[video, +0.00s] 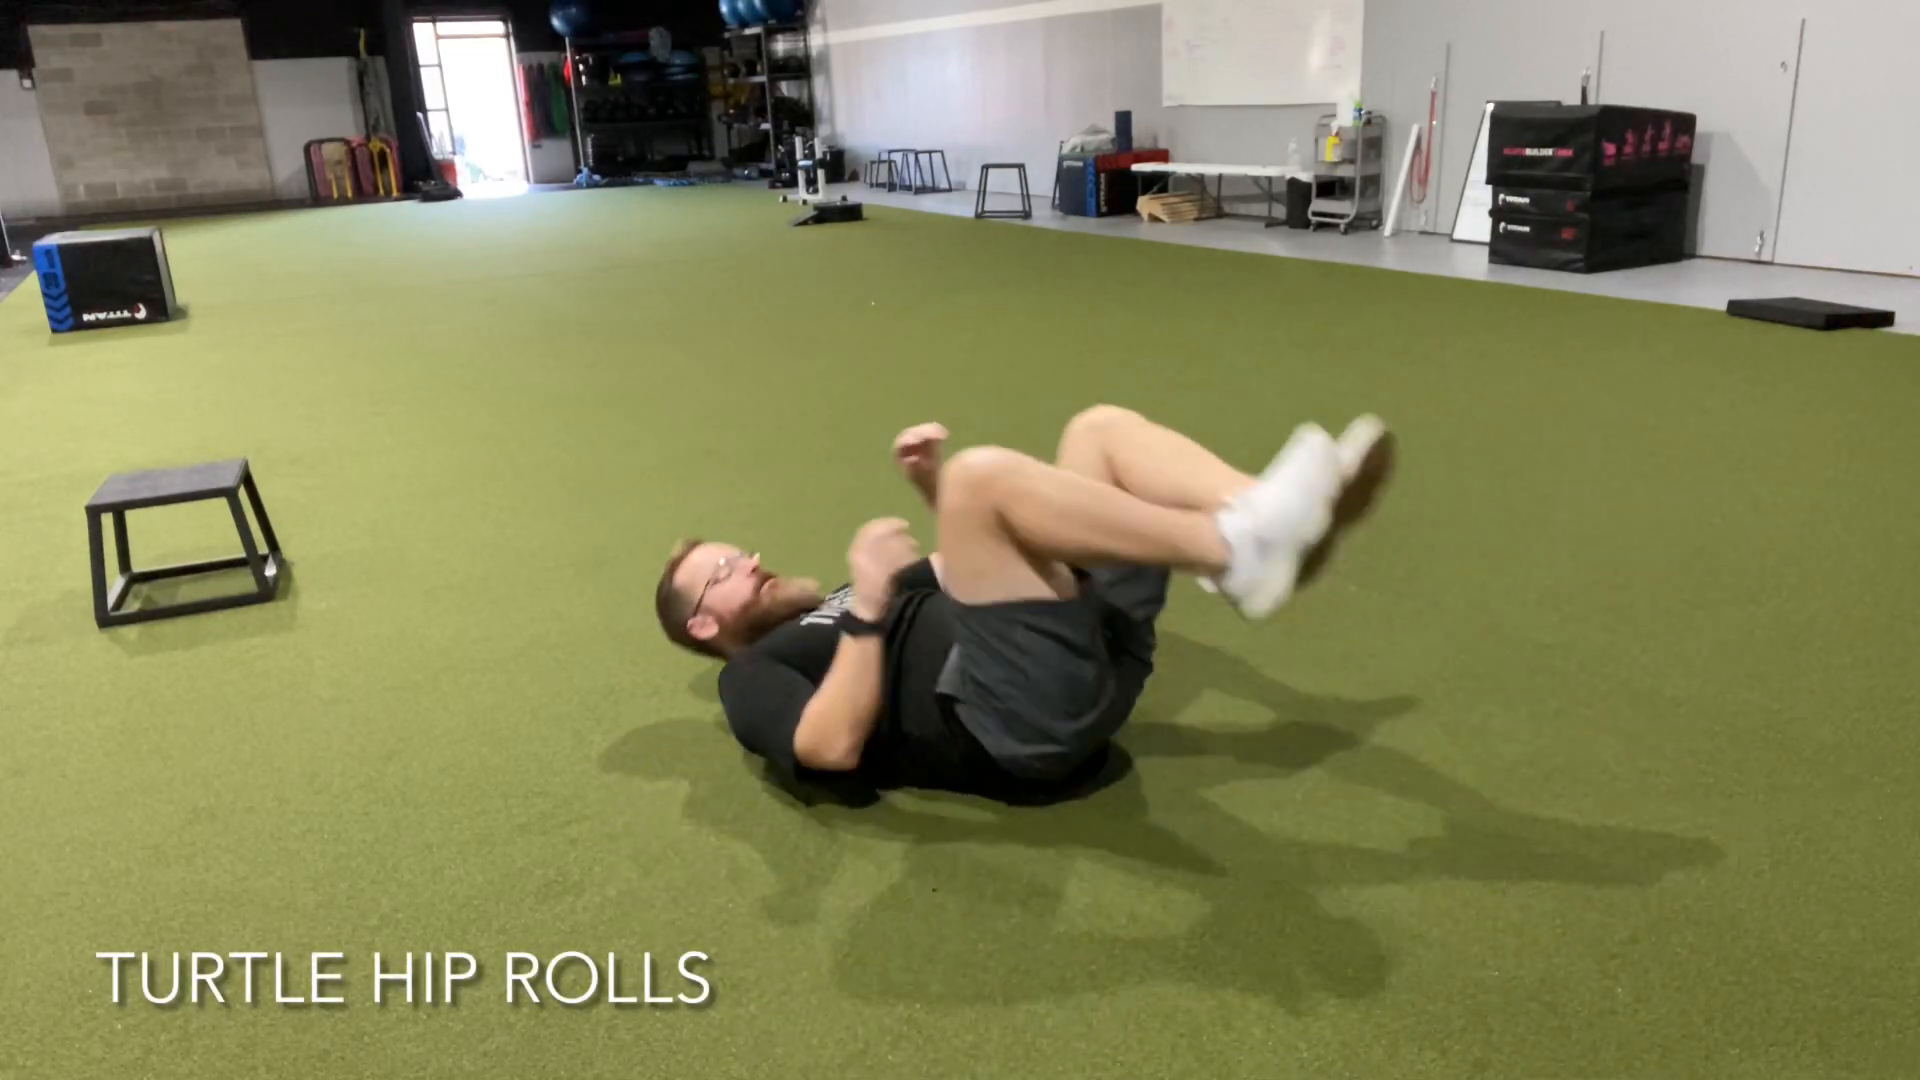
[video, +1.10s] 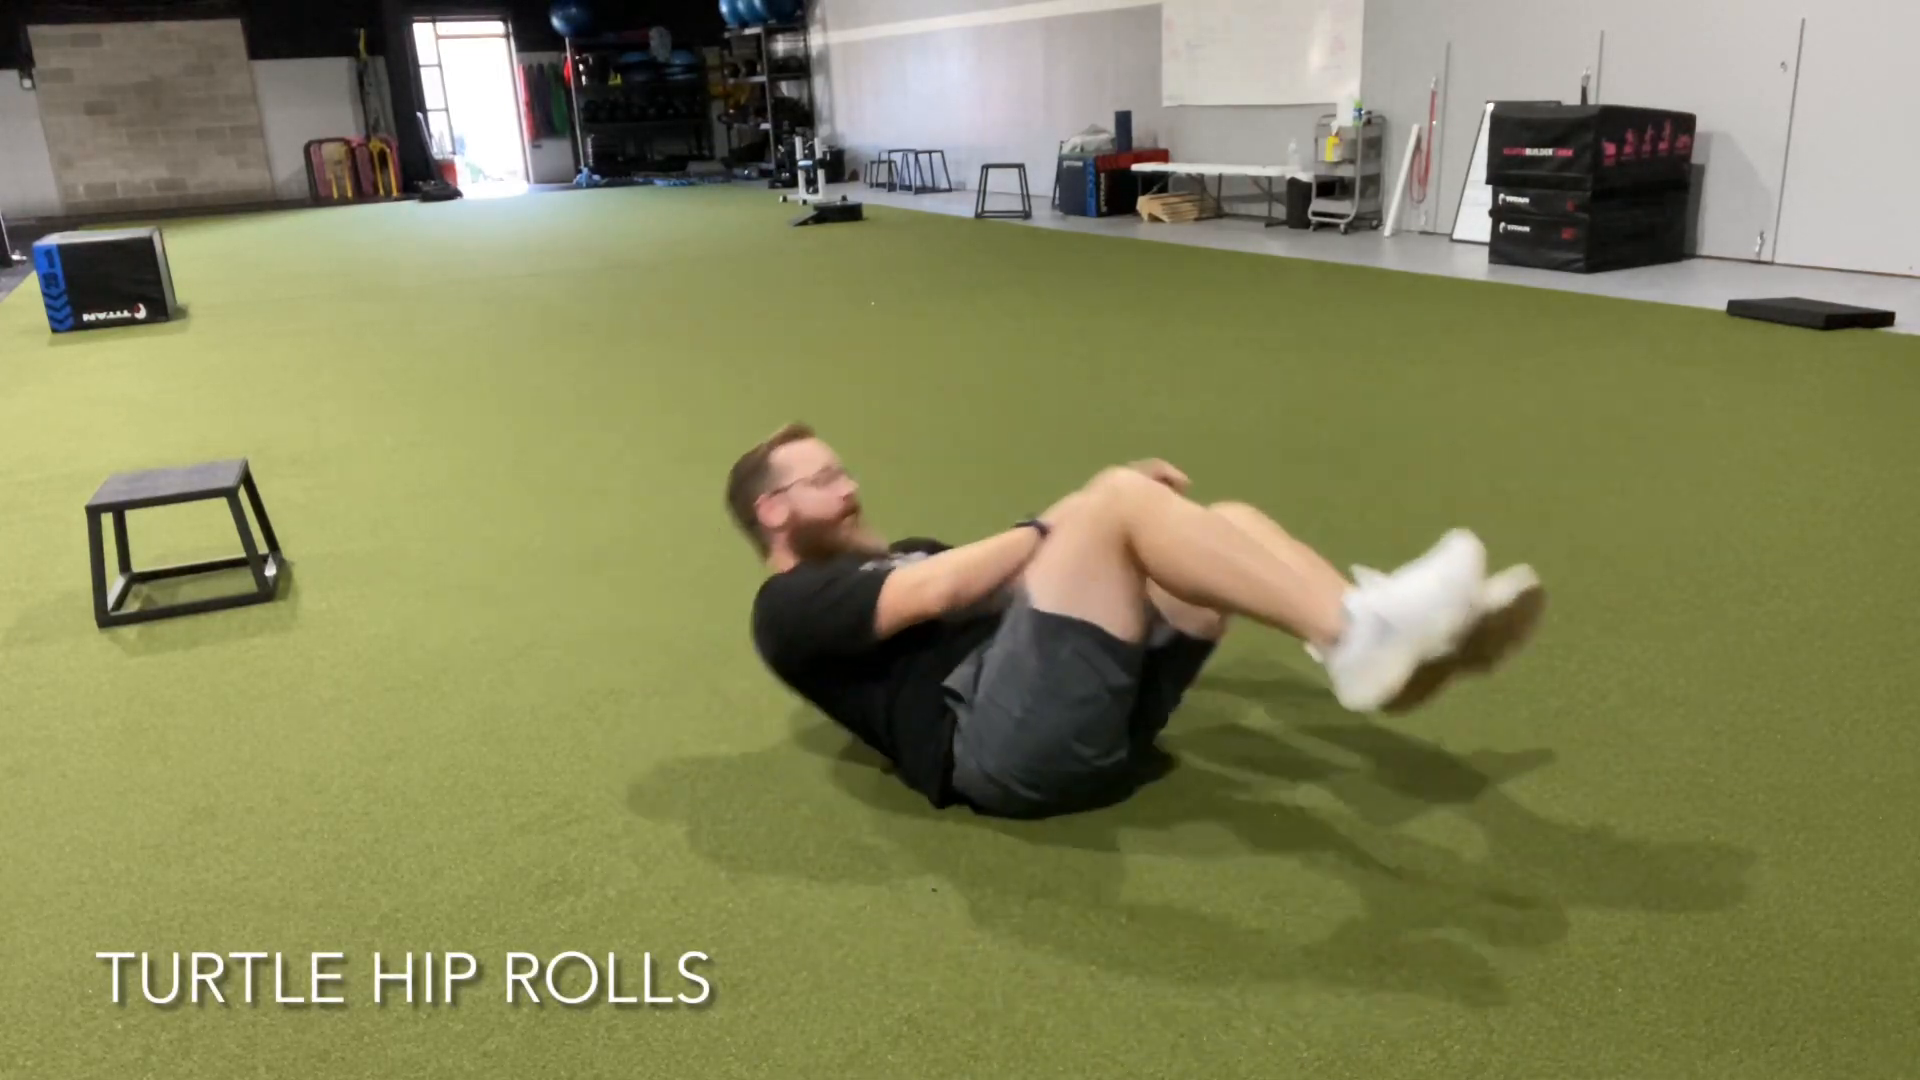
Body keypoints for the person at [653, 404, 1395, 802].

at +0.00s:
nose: (752, 564)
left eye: (743, 557)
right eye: (723, 574)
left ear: (769, 565)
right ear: (707, 627)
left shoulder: (857, 603)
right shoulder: (755, 678)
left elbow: (986, 589)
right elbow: (829, 746)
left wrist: (940, 498)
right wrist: (872, 600)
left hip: (1078, 683)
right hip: (1012, 726)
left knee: (1099, 428)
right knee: (974, 473)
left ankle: (1274, 514)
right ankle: (1230, 553)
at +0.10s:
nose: (728, 581)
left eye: (723, 573)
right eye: (705, 598)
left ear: (752, 577)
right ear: (701, 650)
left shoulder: (843, 607)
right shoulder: (743, 689)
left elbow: (994, 563)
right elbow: (817, 729)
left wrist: (902, 498)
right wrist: (824, 579)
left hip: (1077, 654)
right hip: (1003, 700)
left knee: (1063, 421)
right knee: (928, 459)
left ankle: (1232, 470)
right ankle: (1181, 511)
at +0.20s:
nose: (715, 599)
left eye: (712, 593)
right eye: (695, 618)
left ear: (744, 597)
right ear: (702, 671)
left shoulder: (839, 623)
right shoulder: (739, 701)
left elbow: (962, 557)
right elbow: (802, 704)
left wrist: (861, 519)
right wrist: (790, 567)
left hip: (1075, 654)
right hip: (991, 689)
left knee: (1027, 414)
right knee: (877, 458)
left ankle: (1187, 425)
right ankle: (1126, 459)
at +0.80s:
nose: (718, 578)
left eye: (713, 572)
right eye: (693, 593)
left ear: (745, 578)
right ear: (689, 646)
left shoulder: (834, 623)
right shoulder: (734, 698)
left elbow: (956, 586)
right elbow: (812, 653)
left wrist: (909, 488)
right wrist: (858, 513)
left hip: (1064, 668)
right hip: (961, 681)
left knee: (1107, 417)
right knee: (934, 424)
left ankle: (1238, 475)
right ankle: (1148, 476)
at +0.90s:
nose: (761, 553)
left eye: (755, 543)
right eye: (729, 558)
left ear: (780, 557)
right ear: (704, 609)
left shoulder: (854, 607)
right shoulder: (745, 675)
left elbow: (981, 584)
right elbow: (845, 637)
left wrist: (969, 451)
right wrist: (921, 525)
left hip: (1071, 702)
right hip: (983, 715)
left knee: (1157, 459)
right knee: (1004, 437)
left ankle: (1306, 524)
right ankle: (1224, 525)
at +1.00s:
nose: (793, 524)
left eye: (787, 512)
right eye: (767, 523)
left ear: (802, 528)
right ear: (730, 570)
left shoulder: (879, 579)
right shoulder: (759, 653)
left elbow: (997, 592)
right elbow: (879, 623)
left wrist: (1045, 462)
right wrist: (980, 526)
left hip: (1077, 726)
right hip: (988, 741)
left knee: (1192, 483)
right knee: (1050, 462)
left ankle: (1348, 561)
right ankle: (1280, 565)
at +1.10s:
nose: (849, 486)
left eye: (841, 473)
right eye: (822, 479)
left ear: (826, 498)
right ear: (772, 515)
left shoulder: (905, 555)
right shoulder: (787, 605)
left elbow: (1010, 583)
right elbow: (936, 591)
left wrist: (1113, 500)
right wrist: (1087, 504)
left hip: (1089, 742)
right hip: (1002, 746)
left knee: (1230, 521)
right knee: (1116, 496)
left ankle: (1386, 634)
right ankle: (1349, 633)